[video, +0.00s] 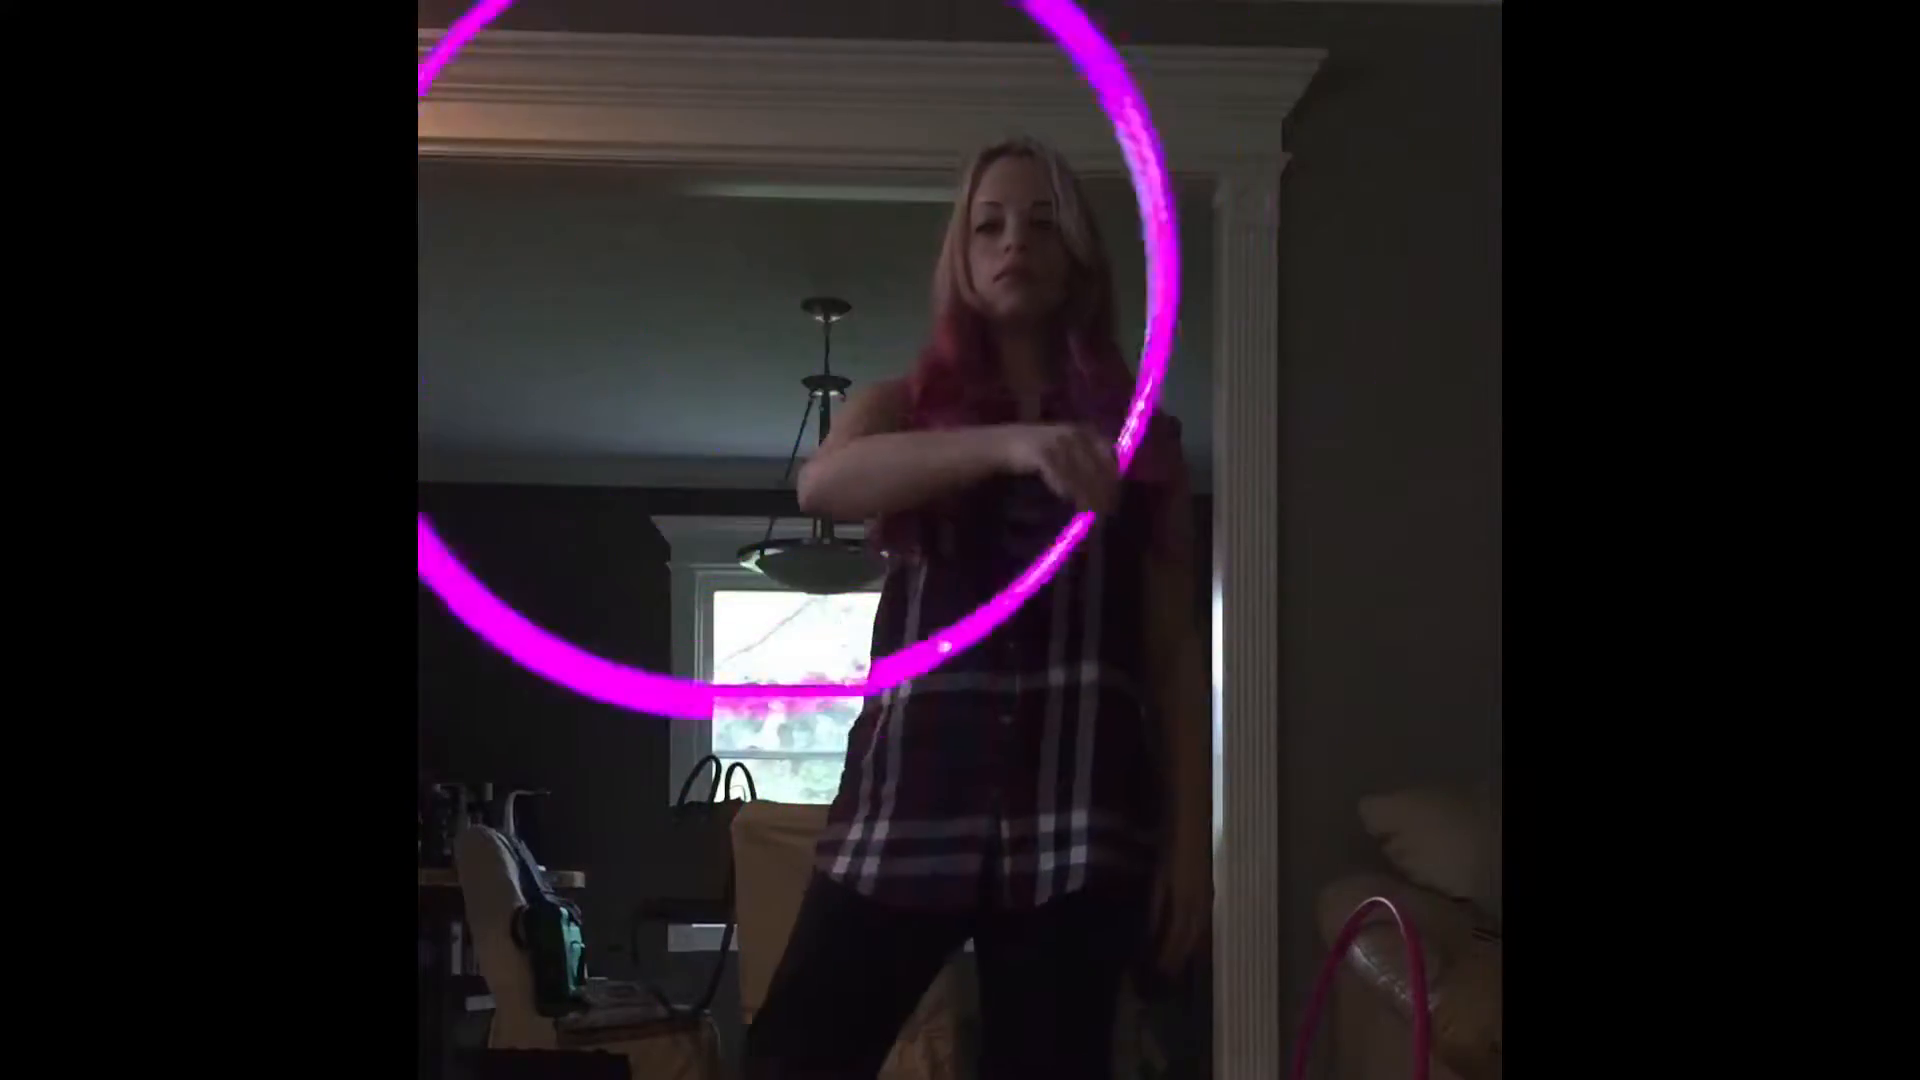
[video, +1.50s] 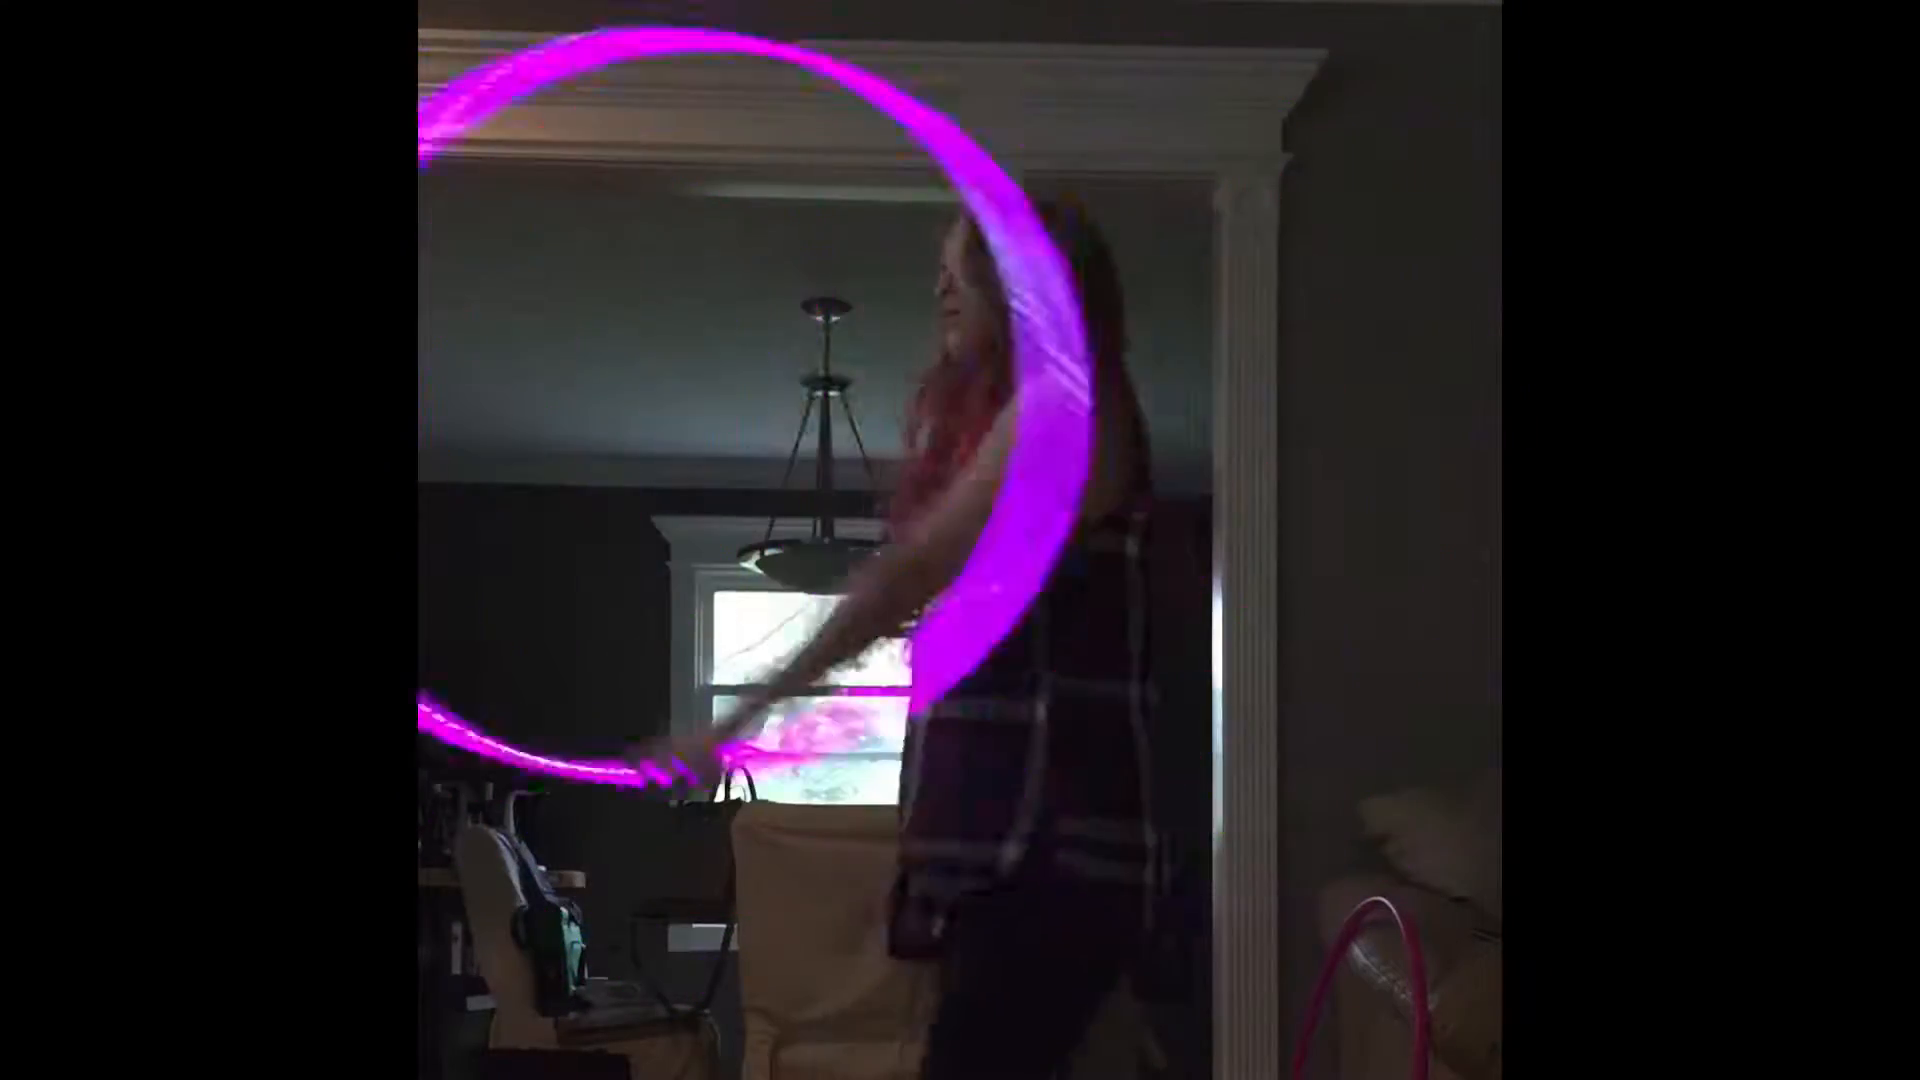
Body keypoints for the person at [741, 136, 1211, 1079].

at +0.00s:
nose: (1014, 240)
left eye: (1041, 220)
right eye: (991, 222)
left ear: (1078, 251)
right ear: (957, 256)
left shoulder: (1141, 432)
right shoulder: (898, 402)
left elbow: (1175, 650)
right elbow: (825, 483)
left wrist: (1190, 846)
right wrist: (1008, 445)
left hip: (1080, 820)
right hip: (909, 811)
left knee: (1052, 1070)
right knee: (794, 1060)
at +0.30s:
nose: (1002, 272)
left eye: (1030, 252)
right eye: (978, 256)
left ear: (1074, 286)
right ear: (947, 291)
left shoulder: (1133, 470)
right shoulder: (894, 439)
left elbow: (1175, 686)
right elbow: (705, 440)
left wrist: (1187, 883)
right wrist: (775, 338)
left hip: (1071, 866)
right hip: (894, 855)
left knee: (1034, 1068)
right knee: (754, 1064)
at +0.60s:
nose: (998, 268)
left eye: (1023, 247)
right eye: (973, 250)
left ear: (1061, 280)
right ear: (941, 282)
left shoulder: (1119, 471)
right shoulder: (879, 441)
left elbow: (1149, 691)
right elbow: (743, 572)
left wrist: (1156, 885)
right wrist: (859, 678)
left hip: (1058, 866)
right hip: (893, 855)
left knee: (1027, 1071)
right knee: (751, 1069)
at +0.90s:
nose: (999, 274)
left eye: (1022, 254)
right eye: (973, 259)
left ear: (1061, 285)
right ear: (943, 293)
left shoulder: (1117, 453)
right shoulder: (881, 435)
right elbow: (890, 581)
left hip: (1071, 841)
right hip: (904, 833)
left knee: (1031, 1069)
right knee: (757, 1065)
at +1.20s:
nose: (971, 287)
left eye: (997, 264)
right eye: (950, 274)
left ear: (1052, 284)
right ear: (934, 310)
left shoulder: (1140, 432)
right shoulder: (929, 449)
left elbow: (1051, 516)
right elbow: (824, 603)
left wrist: (922, 362)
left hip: (1067, 873)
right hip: (913, 864)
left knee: (979, 1064)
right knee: (817, 1062)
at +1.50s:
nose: (943, 298)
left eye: (961, 280)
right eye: (942, 280)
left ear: (1019, 290)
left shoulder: (1053, 415)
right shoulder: (1041, 412)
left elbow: (912, 572)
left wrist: (743, 715)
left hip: (1045, 842)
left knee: (977, 1053)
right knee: (990, 1051)